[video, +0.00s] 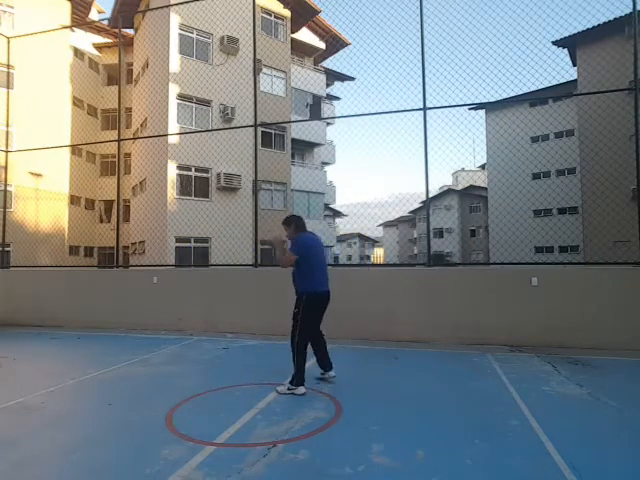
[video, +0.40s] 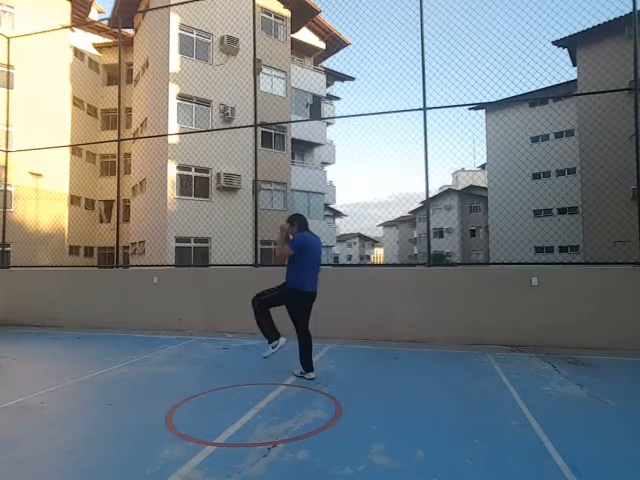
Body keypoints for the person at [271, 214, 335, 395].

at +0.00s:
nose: (286, 234)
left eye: (287, 230)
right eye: (285, 231)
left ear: (294, 228)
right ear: (301, 226)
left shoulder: (300, 241)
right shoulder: (313, 239)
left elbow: (284, 262)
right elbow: (293, 261)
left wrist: (279, 246)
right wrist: (284, 248)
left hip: (307, 295)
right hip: (321, 294)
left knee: (298, 336)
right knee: (314, 331)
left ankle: (297, 383)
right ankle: (327, 369)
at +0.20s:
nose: (288, 232)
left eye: (289, 229)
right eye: (288, 229)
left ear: (295, 227)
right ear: (304, 226)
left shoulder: (297, 241)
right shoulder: (317, 242)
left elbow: (279, 260)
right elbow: (303, 261)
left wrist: (277, 243)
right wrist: (286, 246)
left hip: (299, 294)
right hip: (315, 293)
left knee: (285, 332)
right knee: (306, 331)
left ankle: (293, 376)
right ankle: (307, 368)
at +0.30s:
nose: (288, 231)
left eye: (289, 228)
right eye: (288, 228)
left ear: (294, 227)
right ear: (305, 226)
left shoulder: (299, 240)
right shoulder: (316, 241)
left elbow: (281, 259)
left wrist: (281, 238)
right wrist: (288, 239)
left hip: (296, 293)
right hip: (312, 293)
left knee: (267, 317)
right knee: (304, 331)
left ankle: (279, 357)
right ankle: (308, 369)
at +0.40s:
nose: (290, 230)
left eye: (290, 227)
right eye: (289, 228)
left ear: (296, 226)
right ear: (305, 225)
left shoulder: (300, 239)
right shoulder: (315, 240)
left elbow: (281, 256)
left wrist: (283, 237)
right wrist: (288, 238)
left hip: (293, 289)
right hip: (308, 291)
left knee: (258, 301)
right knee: (303, 329)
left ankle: (274, 339)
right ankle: (308, 370)